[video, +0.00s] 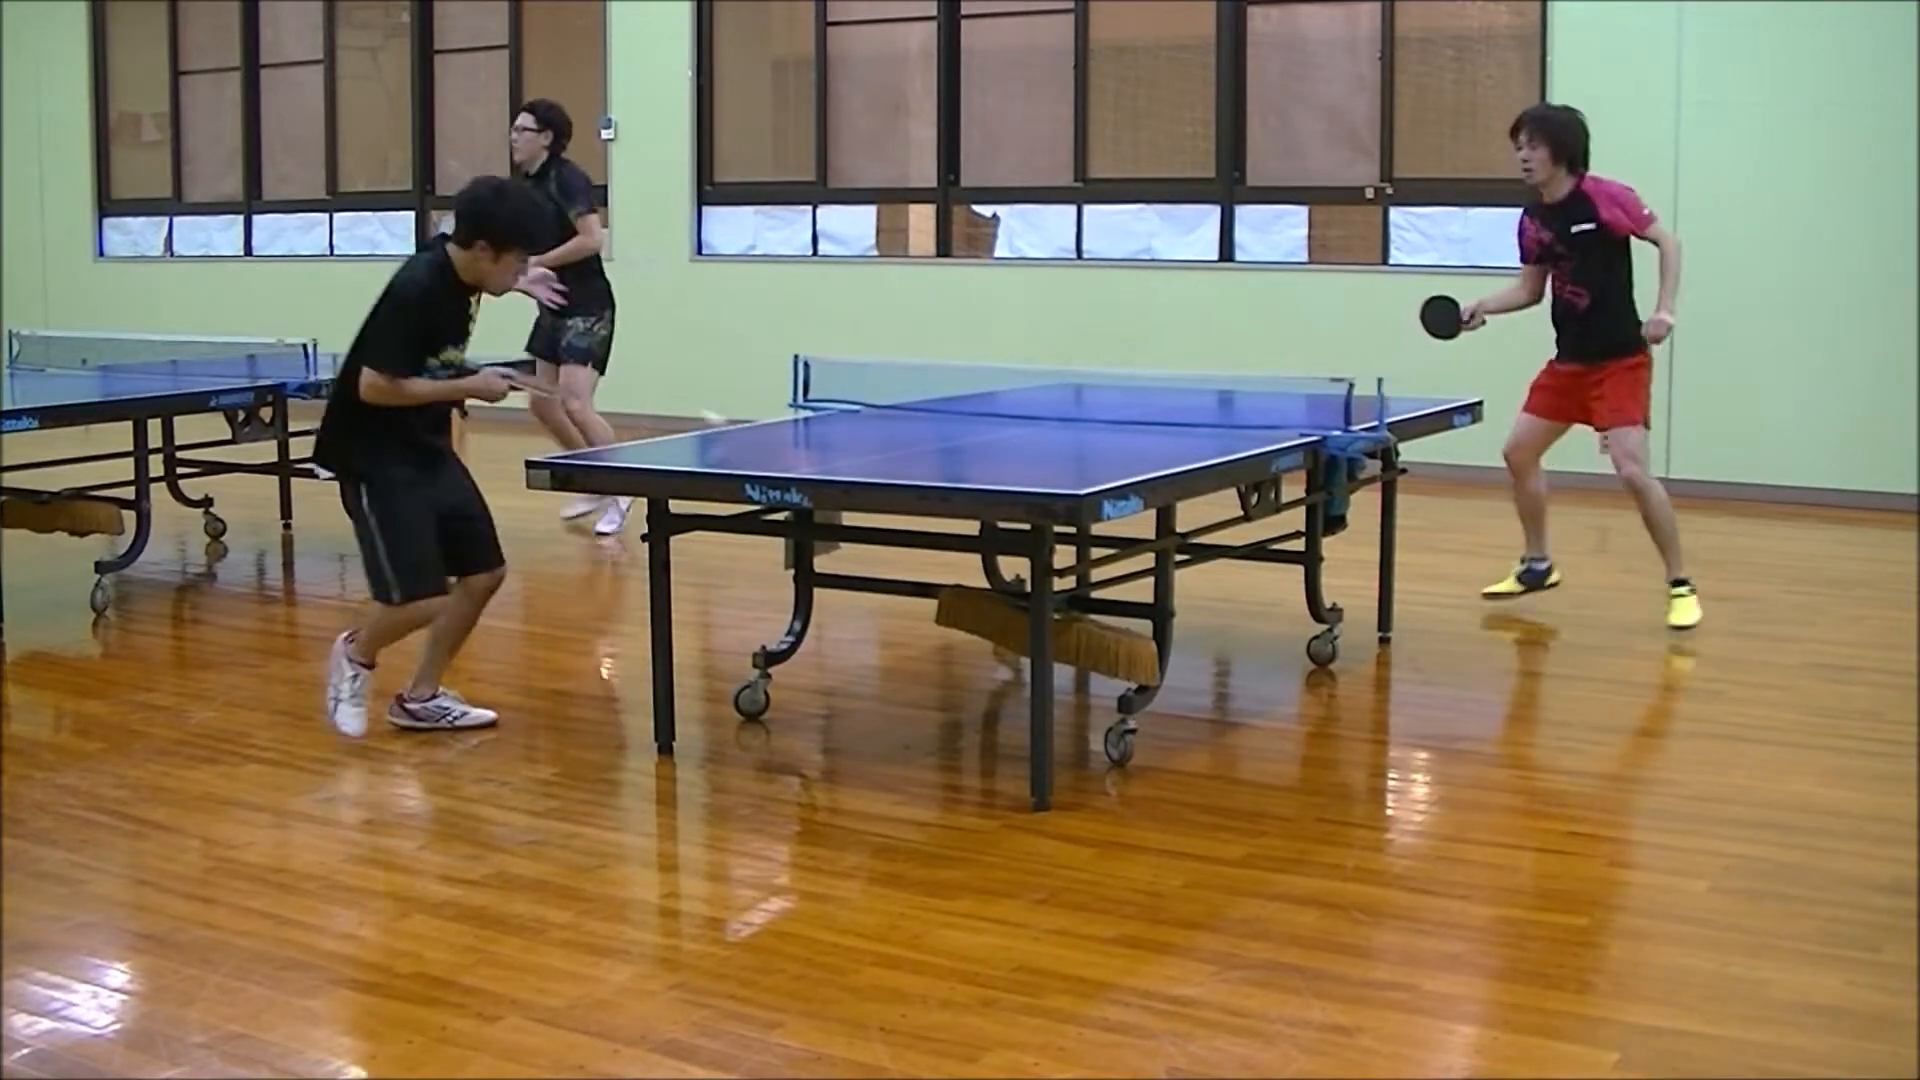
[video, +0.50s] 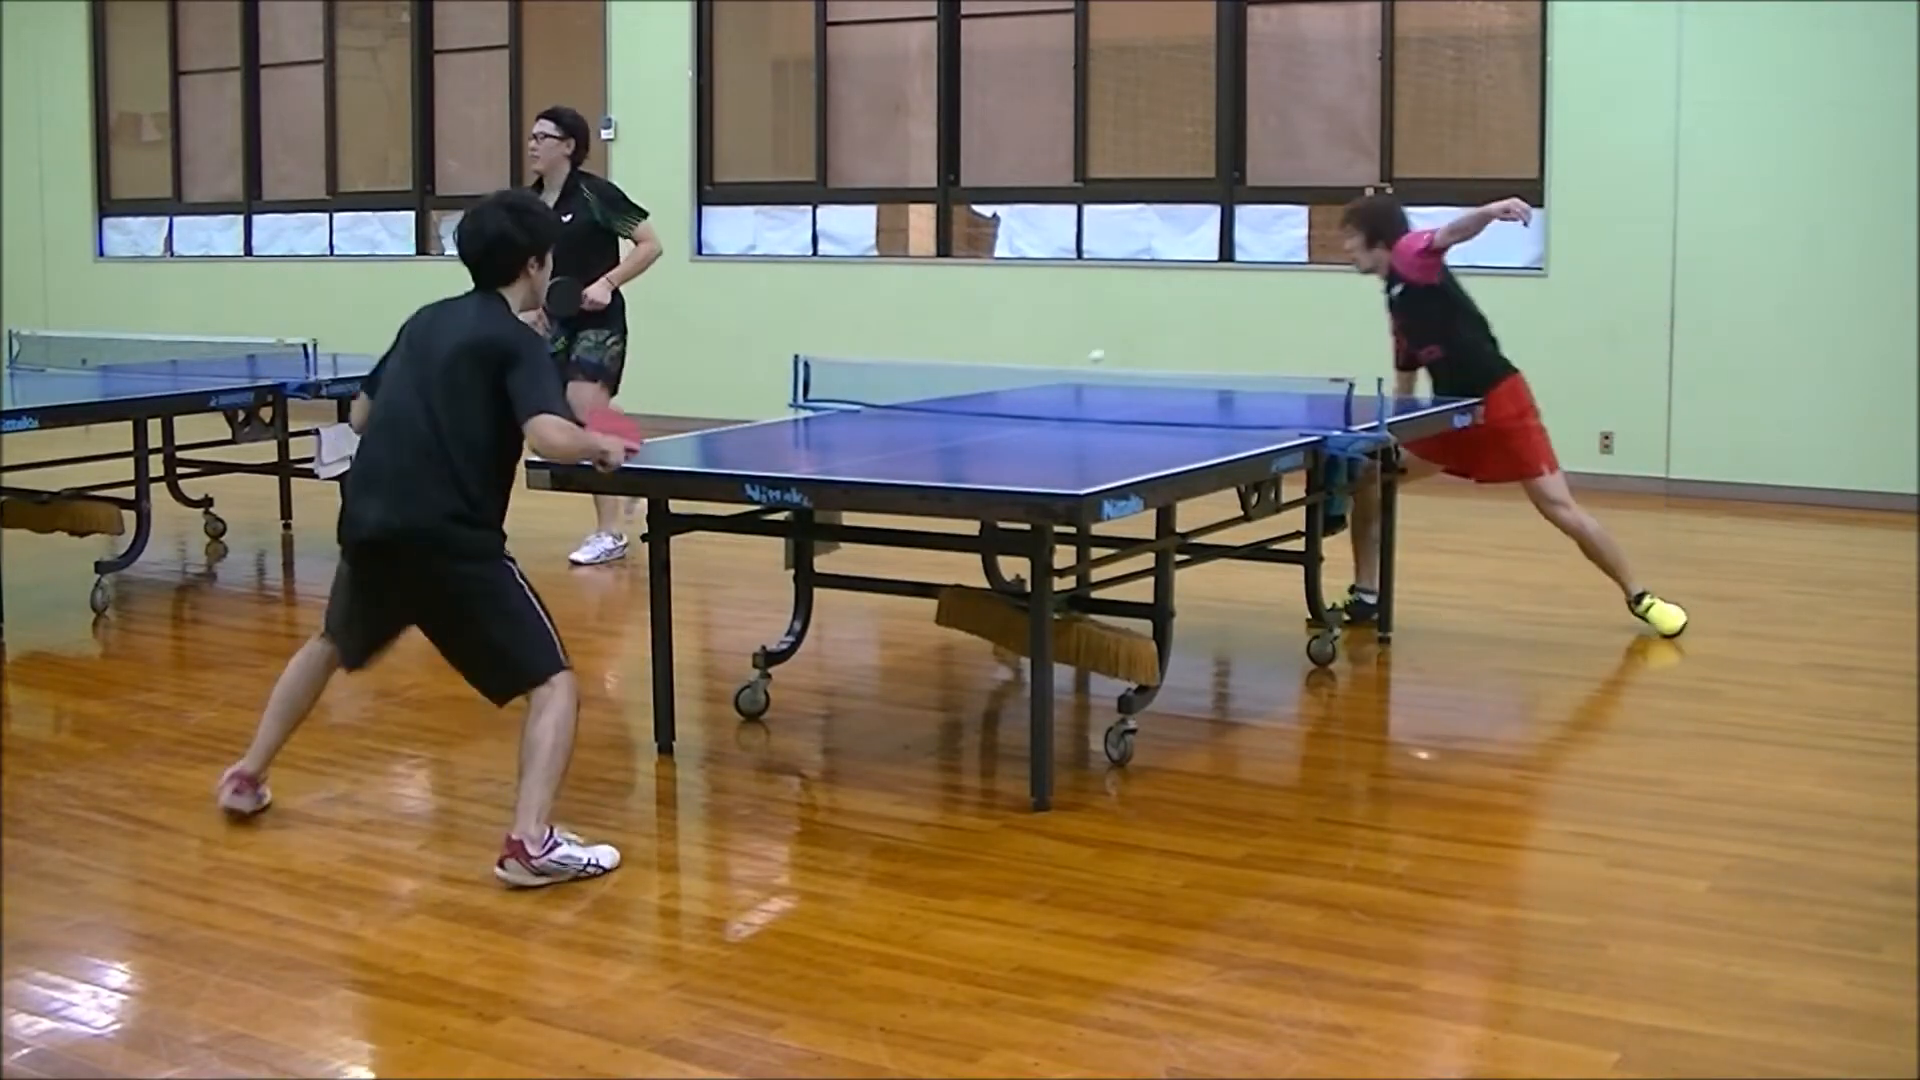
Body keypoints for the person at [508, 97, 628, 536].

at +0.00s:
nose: (513, 137)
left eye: (523, 131)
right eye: (513, 129)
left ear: (548, 138)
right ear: (520, 136)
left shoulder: (569, 179)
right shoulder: (521, 185)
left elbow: (592, 239)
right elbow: (516, 241)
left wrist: (534, 265)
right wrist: (517, 270)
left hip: (588, 302)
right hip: (553, 302)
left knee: (576, 402)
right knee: (543, 403)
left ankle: (618, 492)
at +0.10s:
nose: (530, 139)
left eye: (540, 133)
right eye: (530, 132)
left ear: (565, 140)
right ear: (541, 139)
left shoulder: (587, 183)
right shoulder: (539, 188)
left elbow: (615, 245)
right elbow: (546, 243)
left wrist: (557, 265)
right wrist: (525, 265)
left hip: (601, 302)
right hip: (568, 304)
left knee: (584, 401)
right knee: (590, 408)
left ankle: (634, 490)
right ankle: (658, 478)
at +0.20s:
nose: (543, 157)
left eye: (552, 152)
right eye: (542, 150)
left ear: (577, 160)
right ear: (546, 157)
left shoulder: (600, 204)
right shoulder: (547, 205)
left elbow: (636, 264)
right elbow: (547, 259)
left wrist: (577, 283)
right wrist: (540, 280)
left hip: (616, 318)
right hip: (582, 322)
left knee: (597, 412)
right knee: (625, 419)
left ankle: (636, 511)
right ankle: (686, 495)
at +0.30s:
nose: (548, 157)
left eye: (558, 152)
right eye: (546, 150)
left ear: (582, 159)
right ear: (548, 157)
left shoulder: (606, 204)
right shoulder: (549, 205)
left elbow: (646, 262)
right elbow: (546, 263)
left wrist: (595, 289)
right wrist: (546, 294)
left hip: (617, 312)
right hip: (578, 316)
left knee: (609, 416)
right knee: (622, 419)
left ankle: (619, 520)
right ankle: (683, 491)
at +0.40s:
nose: (540, 146)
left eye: (550, 140)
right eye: (539, 139)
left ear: (577, 148)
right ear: (543, 147)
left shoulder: (604, 193)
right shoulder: (540, 197)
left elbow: (651, 249)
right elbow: (529, 253)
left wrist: (605, 281)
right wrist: (535, 294)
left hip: (606, 319)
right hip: (560, 319)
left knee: (608, 419)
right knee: (584, 418)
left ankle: (613, 529)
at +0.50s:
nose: (532, 145)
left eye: (542, 138)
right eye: (531, 137)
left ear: (569, 146)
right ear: (535, 145)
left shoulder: (596, 192)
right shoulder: (532, 197)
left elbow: (650, 244)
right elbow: (516, 255)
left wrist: (608, 283)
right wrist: (525, 304)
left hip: (597, 316)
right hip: (550, 317)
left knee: (584, 407)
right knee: (567, 418)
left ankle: (611, 530)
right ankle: (620, 511)